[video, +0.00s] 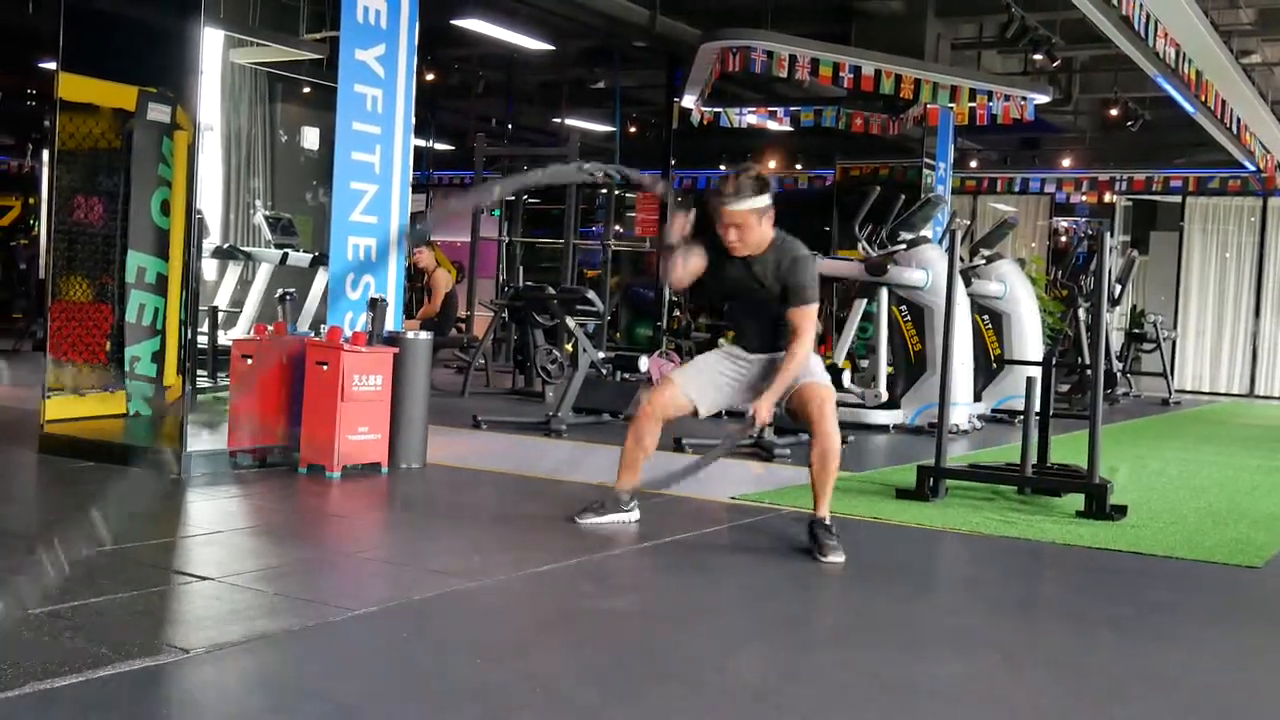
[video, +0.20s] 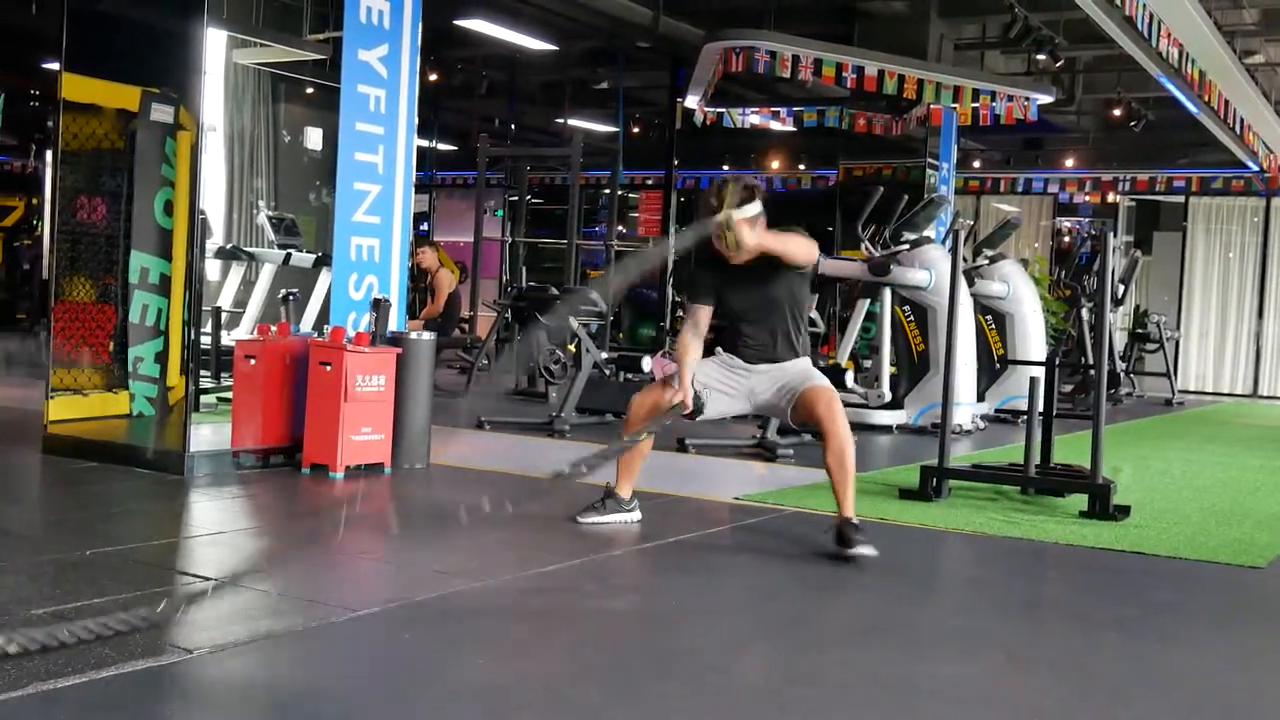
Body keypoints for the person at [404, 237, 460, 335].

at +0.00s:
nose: (416, 257)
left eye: (420, 253)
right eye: (414, 254)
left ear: (432, 253)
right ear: (412, 258)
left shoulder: (439, 275)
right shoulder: (428, 276)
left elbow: (434, 308)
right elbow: (426, 304)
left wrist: (417, 321)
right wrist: (416, 321)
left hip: (441, 326)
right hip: (433, 322)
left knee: (399, 324)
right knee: (398, 323)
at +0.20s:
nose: (419, 257)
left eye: (423, 253)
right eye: (417, 254)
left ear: (435, 254)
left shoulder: (442, 275)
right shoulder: (431, 277)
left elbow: (438, 308)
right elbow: (429, 305)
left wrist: (420, 320)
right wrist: (419, 321)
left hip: (444, 326)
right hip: (436, 323)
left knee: (402, 325)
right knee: (402, 323)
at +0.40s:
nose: (421, 258)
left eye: (425, 253)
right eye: (419, 254)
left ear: (437, 253)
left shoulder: (445, 275)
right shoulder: (433, 277)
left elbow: (440, 308)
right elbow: (431, 305)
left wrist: (422, 320)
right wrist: (421, 322)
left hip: (445, 328)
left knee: (404, 326)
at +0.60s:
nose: (423, 256)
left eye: (428, 252)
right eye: (422, 254)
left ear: (440, 254)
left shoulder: (446, 275)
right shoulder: (435, 276)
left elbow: (442, 308)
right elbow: (433, 306)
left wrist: (424, 322)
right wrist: (423, 322)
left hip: (447, 327)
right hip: (440, 323)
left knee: (407, 326)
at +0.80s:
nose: (424, 256)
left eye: (428, 252)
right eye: (423, 254)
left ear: (441, 254)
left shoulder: (447, 275)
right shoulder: (436, 277)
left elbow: (443, 308)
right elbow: (434, 306)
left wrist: (424, 321)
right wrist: (424, 322)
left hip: (448, 327)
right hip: (441, 324)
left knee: (407, 326)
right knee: (406, 324)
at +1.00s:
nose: (423, 257)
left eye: (428, 253)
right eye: (423, 254)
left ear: (440, 255)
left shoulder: (447, 275)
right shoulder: (436, 278)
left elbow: (442, 309)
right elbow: (434, 306)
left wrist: (425, 321)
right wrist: (424, 322)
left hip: (451, 327)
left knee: (408, 326)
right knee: (408, 324)